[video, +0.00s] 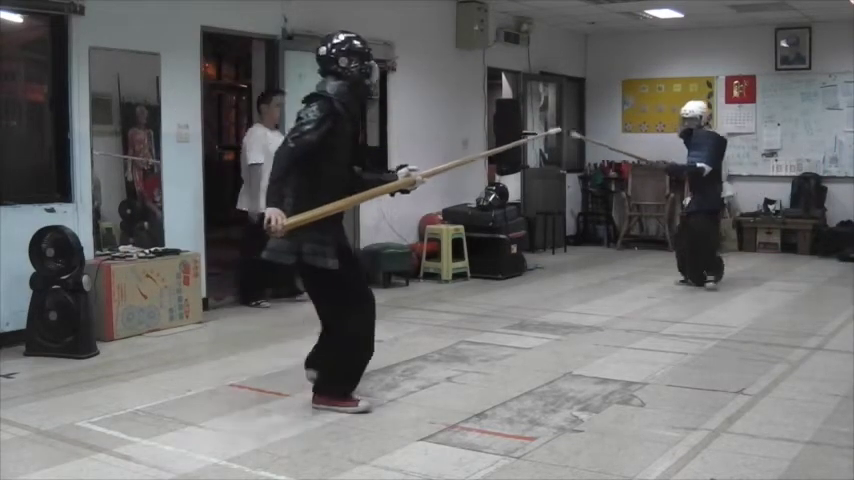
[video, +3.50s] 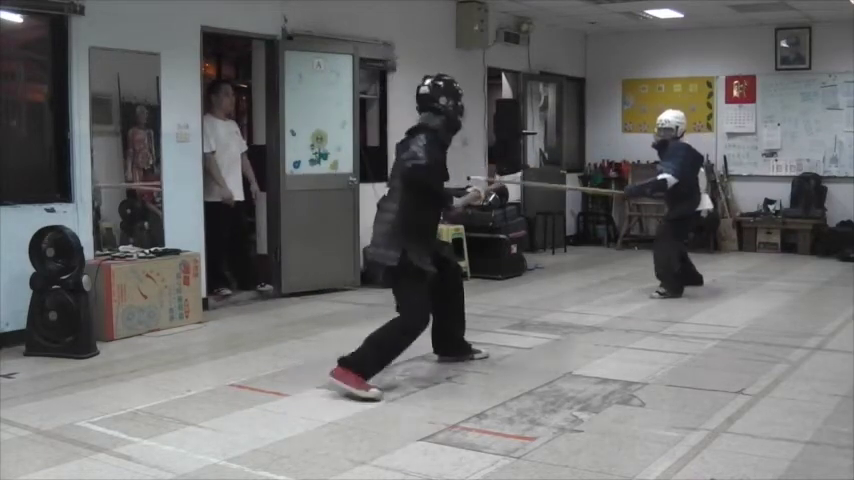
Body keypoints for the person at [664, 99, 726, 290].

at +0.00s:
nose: (686, 125)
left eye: (690, 120)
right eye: (685, 120)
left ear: (701, 120)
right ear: (685, 120)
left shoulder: (709, 138)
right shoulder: (693, 139)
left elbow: (701, 170)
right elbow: (695, 167)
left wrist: (672, 168)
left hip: (707, 197)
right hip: (695, 197)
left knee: (699, 234)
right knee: (685, 235)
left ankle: (715, 268)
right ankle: (693, 275)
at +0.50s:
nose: (672, 135)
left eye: (677, 130)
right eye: (670, 130)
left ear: (688, 130)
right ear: (666, 130)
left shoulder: (692, 148)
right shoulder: (679, 149)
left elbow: (686, 178)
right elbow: (679, 175)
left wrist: (656, 173)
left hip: (700, 206)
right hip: (690, 205)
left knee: (679, 237)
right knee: (676, 237)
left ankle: (690, 285)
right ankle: (694, 277)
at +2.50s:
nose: (676, 120)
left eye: (681, 116)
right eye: (675, 116)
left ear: (692, 117)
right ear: (673, 115)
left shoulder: (698, 137)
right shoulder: (684, 138)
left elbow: (698, 170)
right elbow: (686, 168)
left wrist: (668, 173)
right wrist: (669, 169)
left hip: (695, 196)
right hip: (684, 195)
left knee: (685, 235)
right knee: (678, 234)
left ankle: (694, 281)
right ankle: (693, 275)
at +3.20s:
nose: (665, 128)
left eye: (670, 124)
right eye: (663, 124)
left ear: (680, 125)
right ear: (661, 123)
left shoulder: (686, 144)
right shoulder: (671, 144)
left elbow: (678, 175)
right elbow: (672, 171)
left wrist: (653, 179)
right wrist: (661, 178)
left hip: (690, 200)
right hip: (682, 198)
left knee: (678, 238)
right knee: (678, 236)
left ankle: (676, 285)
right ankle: (696, 273)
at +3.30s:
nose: (662, 132)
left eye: (667, 128)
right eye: (660, 127)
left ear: (678, 129)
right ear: (658, 127)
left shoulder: (679, 149)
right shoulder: (669, 148)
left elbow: (669, 180)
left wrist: (636, 188)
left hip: (685, 206)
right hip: (680, 204)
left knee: (668, 243)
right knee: (676, 241)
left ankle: (673, 286)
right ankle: (695, 274)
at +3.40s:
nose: (661, 133)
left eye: (666, 129)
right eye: (660, 129)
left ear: (678, 130)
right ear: (657, 129)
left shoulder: (680, 150)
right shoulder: (668, 148)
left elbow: (668, 179)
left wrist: (636, 188)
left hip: (686, 206)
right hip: (680, 205)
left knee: (666, 239)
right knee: (668, 239)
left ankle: (672, 286)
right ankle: (690, 275)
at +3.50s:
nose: (662, 134)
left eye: (667, 130)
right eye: (660, 130)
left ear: (678, 131)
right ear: (657, 130)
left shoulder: (680, 150)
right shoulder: (668, 149)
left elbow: (666, 180)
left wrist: (635, 190)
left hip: (686, 207)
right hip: (679, 205)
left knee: (664, 240)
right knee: (668, 240)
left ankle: (672, 285)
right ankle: (689, 275)